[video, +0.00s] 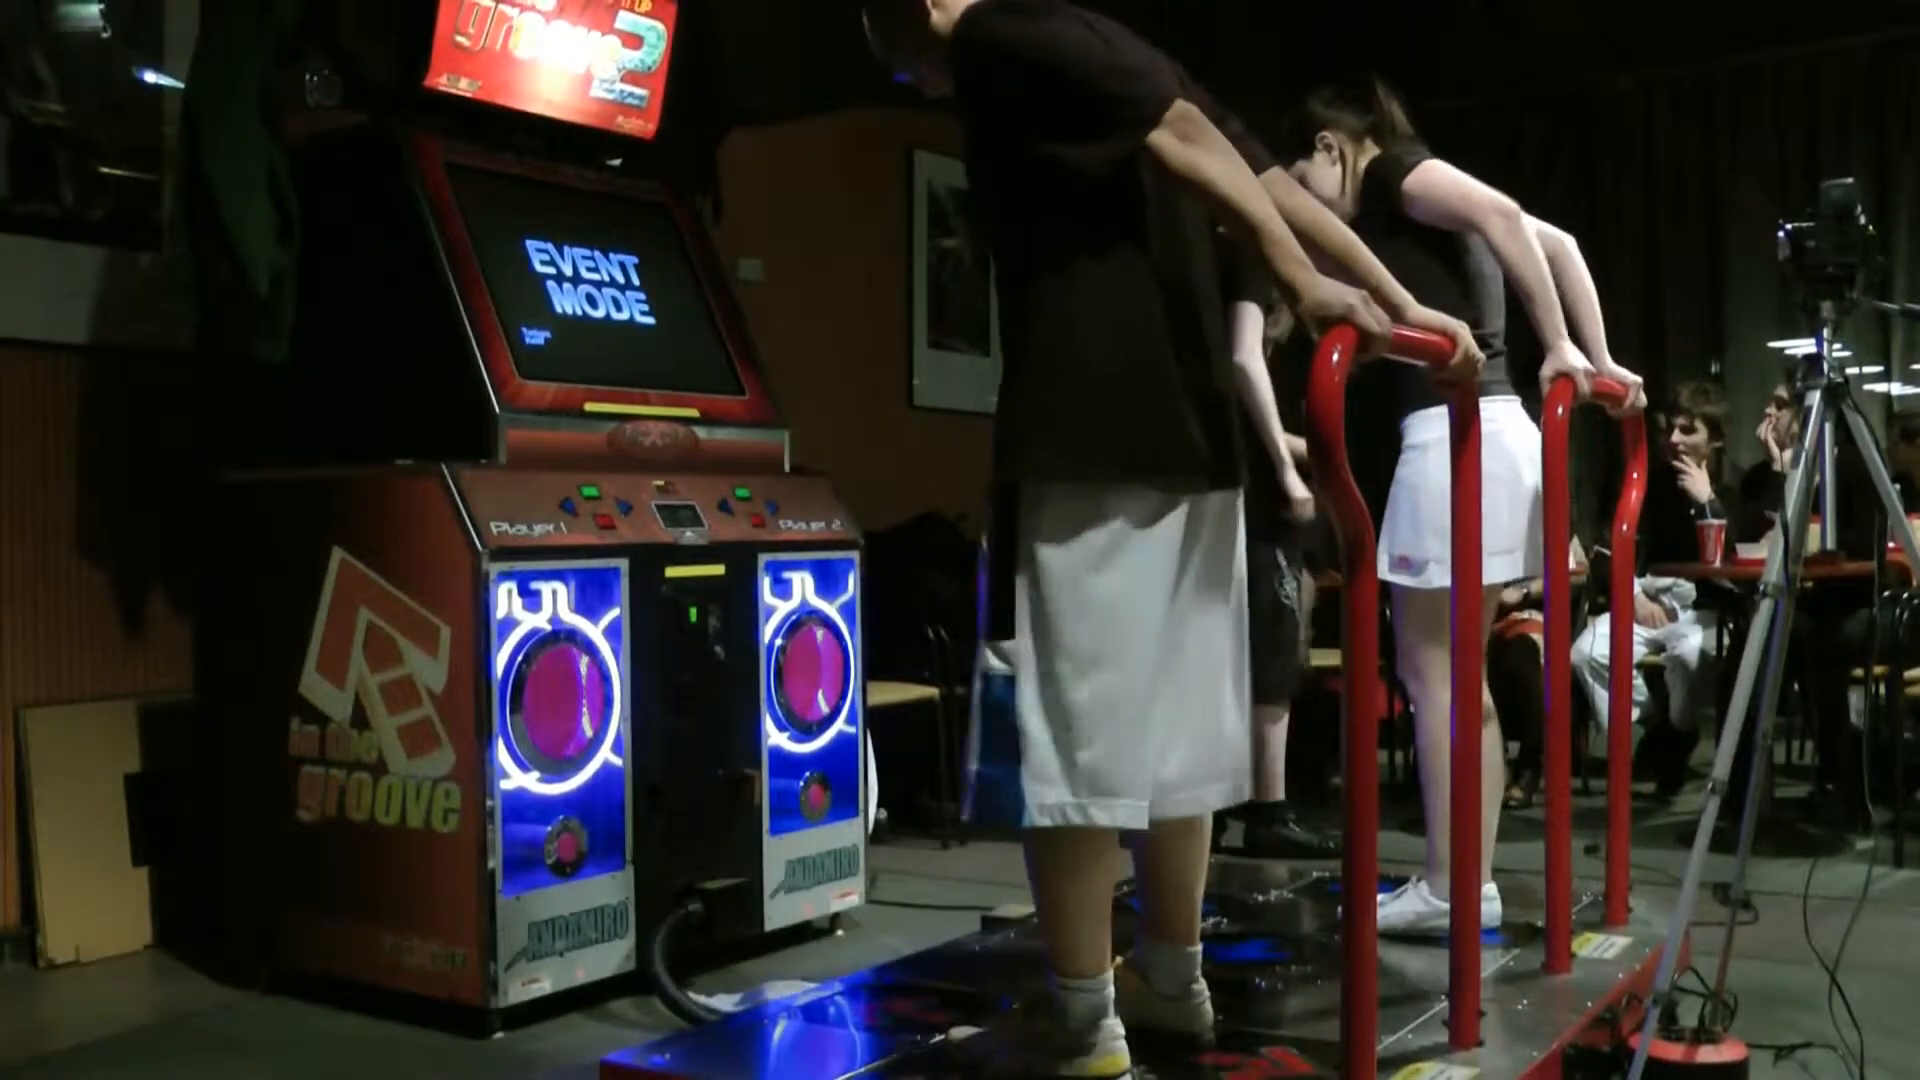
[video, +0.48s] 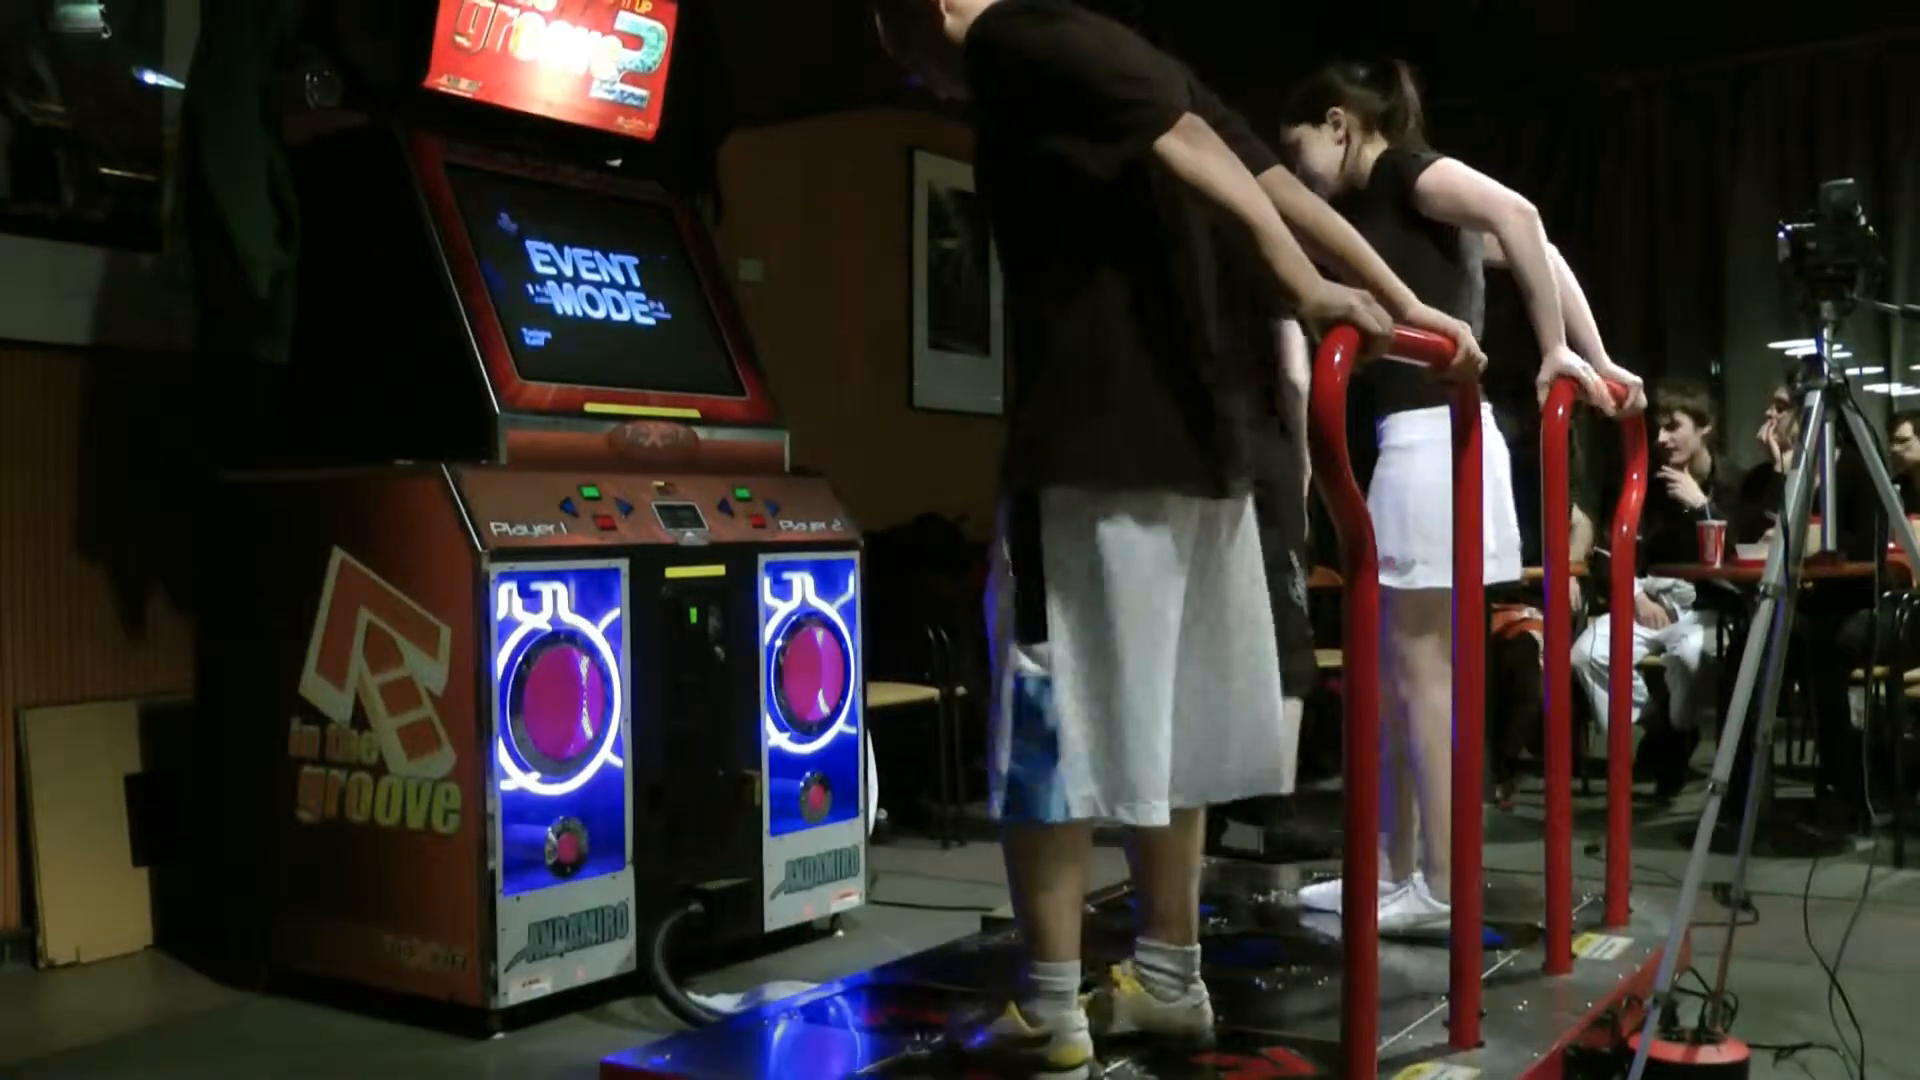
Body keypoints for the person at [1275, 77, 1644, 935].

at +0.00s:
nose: (1313, 179)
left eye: (1312, 162)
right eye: (1308, 166)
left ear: (1338, 141)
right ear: (1384, 134)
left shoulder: (1398, 176)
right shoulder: (1441, 187)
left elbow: (1506, 219)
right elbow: (1559, 242)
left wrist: (1555, 344)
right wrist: (1600, 357)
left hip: (1452, 438)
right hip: (1497, 434)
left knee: (1433, 669)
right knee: (1465, 672)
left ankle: (1448, 888)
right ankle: (1473, 885)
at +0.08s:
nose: (1310, 183)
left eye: (1310, 163)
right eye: (1304, 169)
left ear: (1340, 142)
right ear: (1372, 140)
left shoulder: (1404, 174)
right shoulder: (1440, 189)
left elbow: (1512, 210)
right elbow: (1561, 249)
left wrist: (1555, 342)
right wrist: (1600, 359)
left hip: (1450, 441)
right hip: (1493, 439)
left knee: (1431, 668)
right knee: (1459, 675)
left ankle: (1449, 889)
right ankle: (1473, 885)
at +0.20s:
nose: (1311, 179)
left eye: (1312, 158)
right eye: (1305, 164)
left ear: (1346, 138)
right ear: (1370, 138)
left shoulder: (1411, 175)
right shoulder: (1429, 193)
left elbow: (1522, 211)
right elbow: (1558, 250)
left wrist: (1557, 345)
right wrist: (1600, 362)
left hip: (1445, 444)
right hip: (1464, 442)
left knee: (1426, 668)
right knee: (1428, 666)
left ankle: (1451, 887)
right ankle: (1460, 876)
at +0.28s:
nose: (1311, 172)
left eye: (1314, 153)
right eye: (1307, 157)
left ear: (1347, 133)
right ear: (1373, 131)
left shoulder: (1419, 175)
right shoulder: (1423, 192)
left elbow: (1525, 210)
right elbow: (1557, 252)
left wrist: (1558, 348)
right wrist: (1601, 361)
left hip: (1442, 443)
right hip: (1439, 444)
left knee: (1423, 665)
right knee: (1414, 665)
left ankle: (1450, 885)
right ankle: (1452, 869)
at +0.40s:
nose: (1301, 168)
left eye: (1305, 148)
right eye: (1296, 153)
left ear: (1346, 128)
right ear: (1356, 132)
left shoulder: (1416, 175)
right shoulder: (1412, 191)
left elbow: (1522, 212)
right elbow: (1549, 250)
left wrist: (1557, 350)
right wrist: (1600, 361)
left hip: (1438, 438)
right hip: (1427, 440)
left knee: (1424, 665)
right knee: (1406, 664)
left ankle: (1440, 884)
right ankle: (1422, 872)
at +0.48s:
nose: (1297, 160)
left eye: (1300, 141)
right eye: (1292, 146)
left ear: (1342, 125)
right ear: (1357, 130)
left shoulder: (1407, 173)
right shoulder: (1405, 189)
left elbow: (1516, 213)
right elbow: (1537, 248)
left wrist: (1555, 351)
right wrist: (1598, 356)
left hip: (1431, 437)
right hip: (1414, 437)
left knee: (1424, 662)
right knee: (1393, 661)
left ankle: (1442, 886)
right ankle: (1396, 872)